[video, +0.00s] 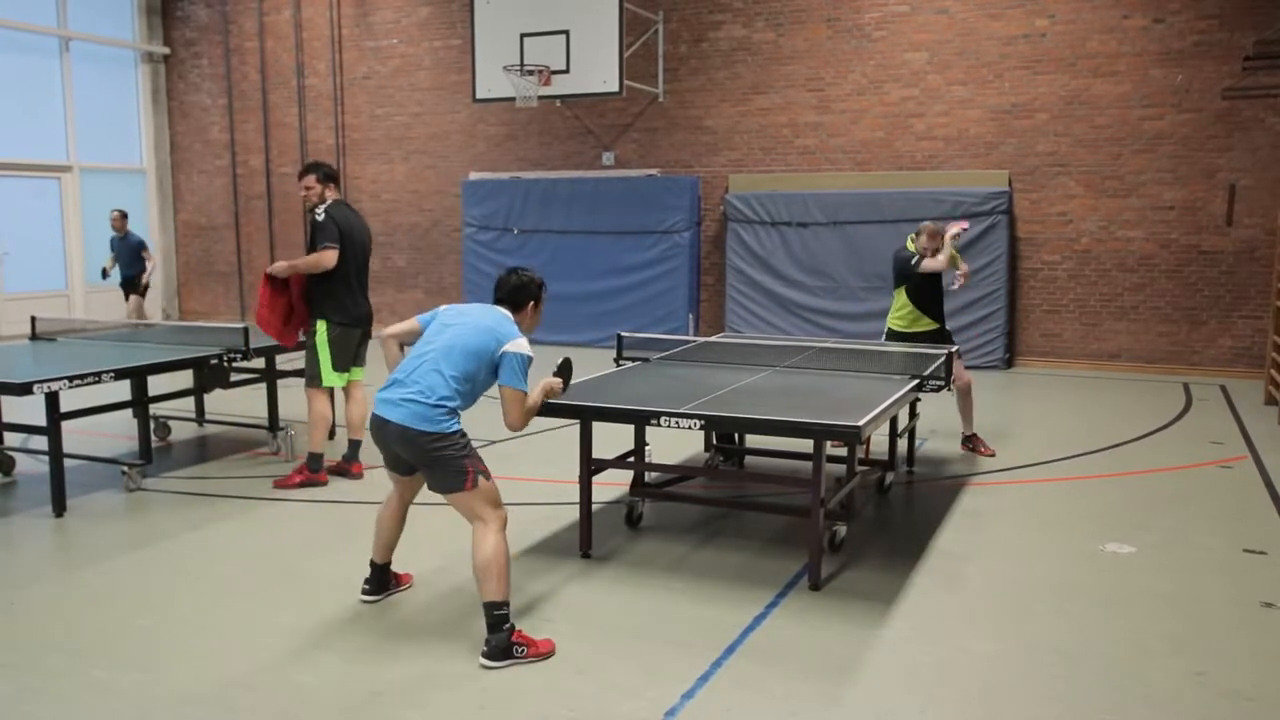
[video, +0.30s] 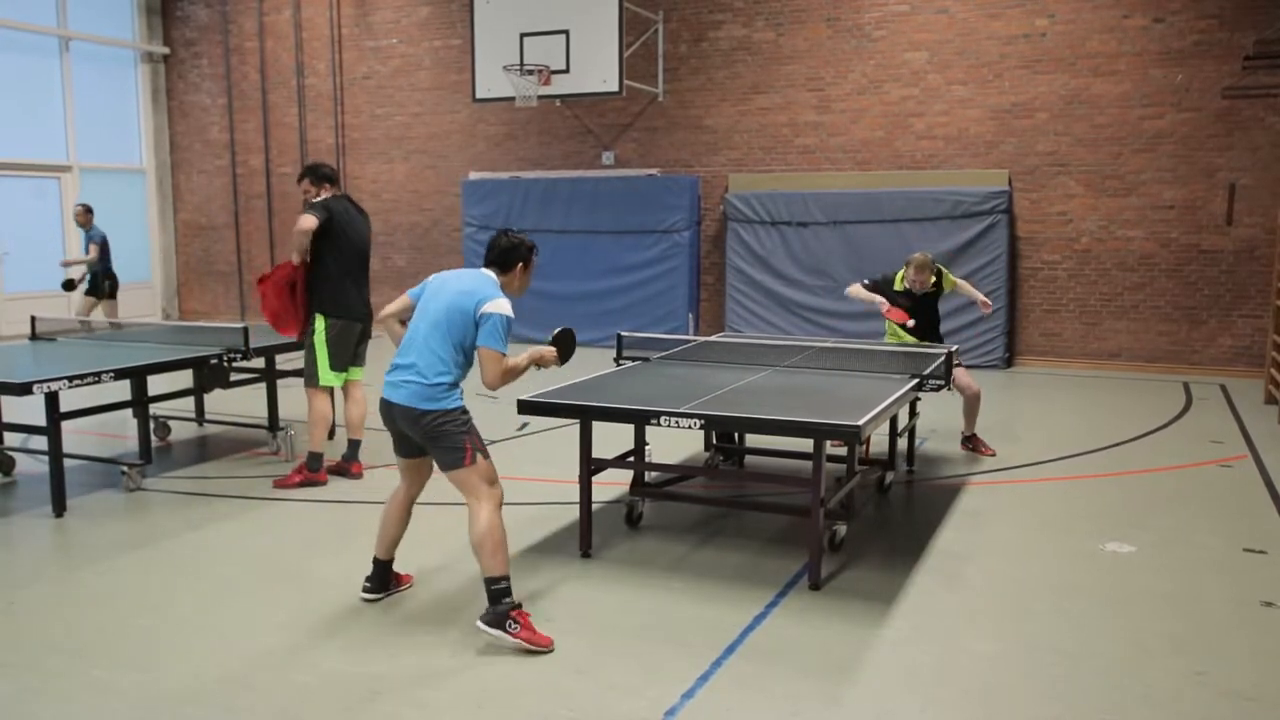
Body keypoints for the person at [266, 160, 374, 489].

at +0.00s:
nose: (304, 195)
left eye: (309, 189)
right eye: (302, 190)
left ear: (329, 188)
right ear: (334, 192)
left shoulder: (326, 215)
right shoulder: (356, 219)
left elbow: (327, 259)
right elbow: (354, 267)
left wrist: (288, 266)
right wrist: (308, 270)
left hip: (332, 318)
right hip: (359, 315)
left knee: (317, 389)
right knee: (354, 385)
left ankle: (314, 466)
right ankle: (352, 460)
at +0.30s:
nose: (307, 199)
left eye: (308, 193)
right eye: (305, 194)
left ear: (324, 187)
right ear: (334, 188)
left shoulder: (322, 206)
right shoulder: (358, 212)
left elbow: (305, 226)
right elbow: (353, 259)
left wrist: (299, 253)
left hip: (330, 312)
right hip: (359, 311)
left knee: (318, 389)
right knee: (354, 385)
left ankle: (314, 466)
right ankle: (352, 460)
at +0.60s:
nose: (304, 197)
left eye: (304, 191)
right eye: (302, 192)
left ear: (318, 189)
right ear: (333, 187)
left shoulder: (330, 216)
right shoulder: (357, 218)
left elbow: (327, 256)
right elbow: (346, 263)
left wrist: (291, 260)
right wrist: (305, 267)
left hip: (331, 318)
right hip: (359, 316)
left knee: (319, 390)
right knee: (354, 385)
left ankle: (314, 465)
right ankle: (352, 460)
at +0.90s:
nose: (313, 195)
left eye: (313, 190)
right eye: (314, 190)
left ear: (321, 188)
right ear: (341, 187)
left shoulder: (324, 211)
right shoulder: (357, 216)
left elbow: (320, 251)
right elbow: (358, 265)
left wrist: (293, 259)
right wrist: (310, 270)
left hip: (329, 315)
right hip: (358, 314)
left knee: (317, 389)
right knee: (353, 385)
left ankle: (314, 466)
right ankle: (351, 460)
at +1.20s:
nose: (313, 196)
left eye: (314, 190)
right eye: (314, 191)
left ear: (322, 187)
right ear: (343, 188)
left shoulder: (327, 213)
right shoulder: (360, 220)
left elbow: (316, 253)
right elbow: (354, 265)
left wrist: (280, 254)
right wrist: (303, 265)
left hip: (326, 317)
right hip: (356, 315)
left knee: (312, 389)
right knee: (351, 384)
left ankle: (314, 466)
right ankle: (351, 460)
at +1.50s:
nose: (313, 195)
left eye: (313, 190)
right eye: (314, 190)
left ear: (320, 188)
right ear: (342, 187)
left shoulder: (325, 217)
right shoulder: (360, 220)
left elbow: (308, 259)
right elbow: (346, 261)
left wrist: (290, 252)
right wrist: (308, 245)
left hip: (325, 317)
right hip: (356, 315)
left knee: (318, 390)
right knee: (351, 385)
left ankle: (314, 466)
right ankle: (351, 460)